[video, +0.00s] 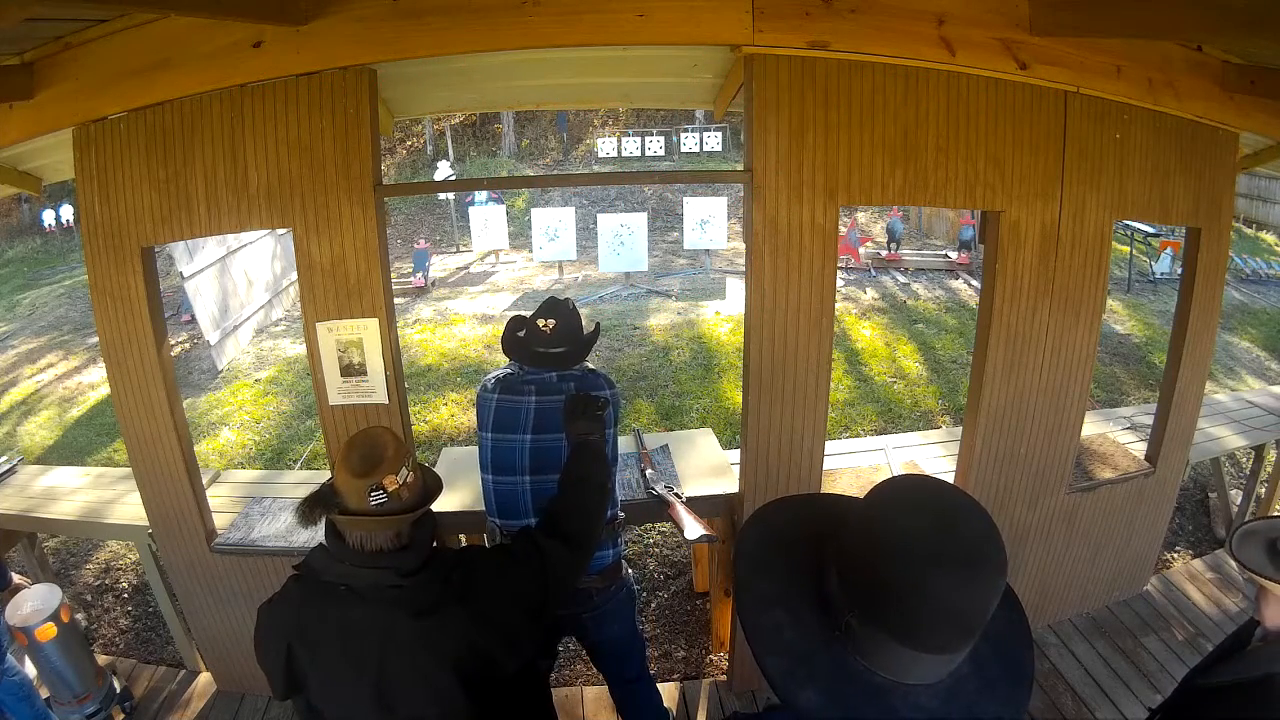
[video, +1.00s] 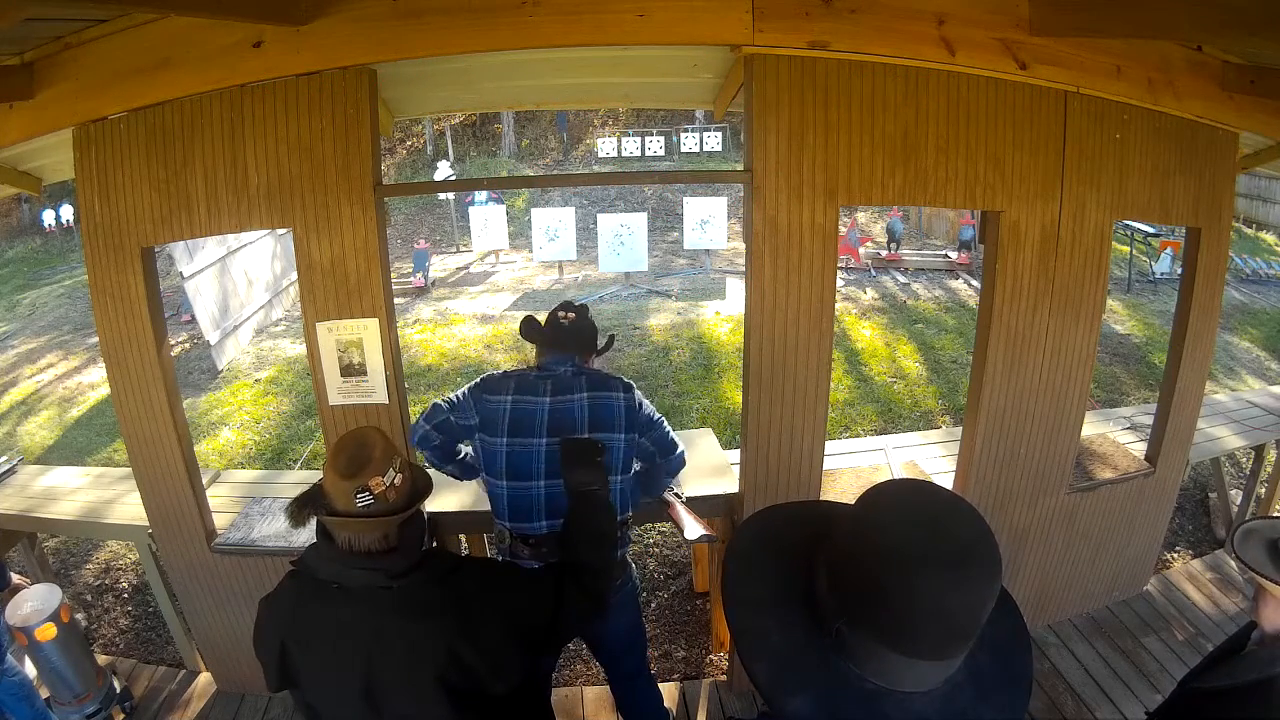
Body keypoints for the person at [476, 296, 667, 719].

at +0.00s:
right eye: (582, 340)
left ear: (524, 343)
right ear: (578, 347)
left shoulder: (489, 391)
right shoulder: (598, 388)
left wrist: (535, 348)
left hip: (515, 582)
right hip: (594, 578)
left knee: (527, 690)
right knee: (633, 686)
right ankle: (653, 716)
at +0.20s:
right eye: (585, 339)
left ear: (529, 341)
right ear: (583, 345)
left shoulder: (491, 390)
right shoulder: (605, 389)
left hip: (517, 582)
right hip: (596, 576)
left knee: (528, 692)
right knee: (634, 687)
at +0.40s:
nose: (594, 360)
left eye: (593, 353)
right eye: (593, 352)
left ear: (541, 348)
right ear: (586, 352)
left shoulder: (488, 396)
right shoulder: (613, 393)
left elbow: (445, 463)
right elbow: (673, 429)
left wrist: (494, 502)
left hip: (519, 577)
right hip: (600, 572)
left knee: (529, 689)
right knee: (634, 683)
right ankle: (652, 717)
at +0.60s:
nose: (604, 370)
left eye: (604, 362)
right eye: (603, 362)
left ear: (550, 351)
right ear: (593, 358)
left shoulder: (492, 391)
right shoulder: (617, 395)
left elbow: (451, 449)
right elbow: (687, 448)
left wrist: (490, 499)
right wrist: (644, 450)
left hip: (519, 576)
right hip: (600, 567)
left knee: (528, 691)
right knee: (633, 681)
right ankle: (652, 719)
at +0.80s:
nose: (607, 366)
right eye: (605, 358)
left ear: (550, 353)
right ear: (597, 358)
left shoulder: (497, 389)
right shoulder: (625, 395)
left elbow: (444, 433)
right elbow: (688, 442)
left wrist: (487, 486)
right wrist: (640, 464)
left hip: (520, 578)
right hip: (603, 571)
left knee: (527, 694)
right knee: (634, 684)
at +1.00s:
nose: (596, 360)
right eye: (595, 352)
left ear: (538, 348)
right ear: (590, 354)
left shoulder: (489, 391)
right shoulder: (620, 393)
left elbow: (425, 433)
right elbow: (670, 456)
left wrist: (478, 467)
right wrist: (629, 495)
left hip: (524, 579)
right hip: (604, 573)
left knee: (528, 694)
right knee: (634, 685)